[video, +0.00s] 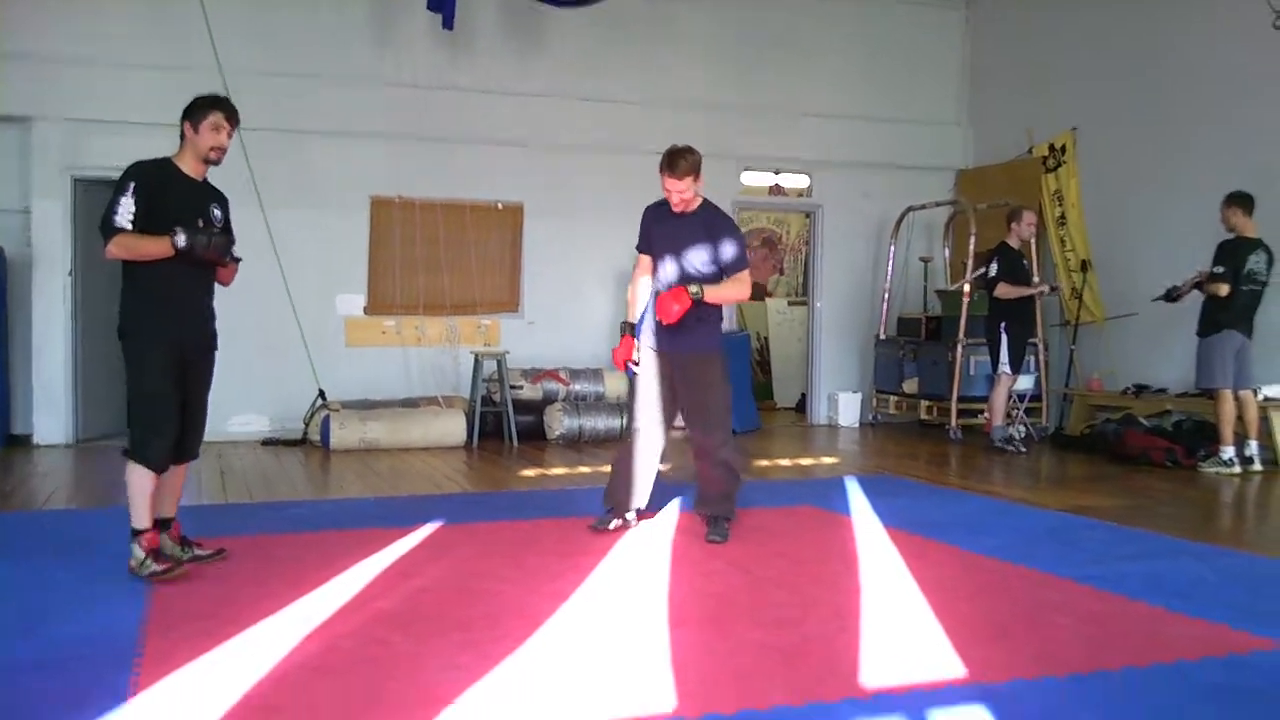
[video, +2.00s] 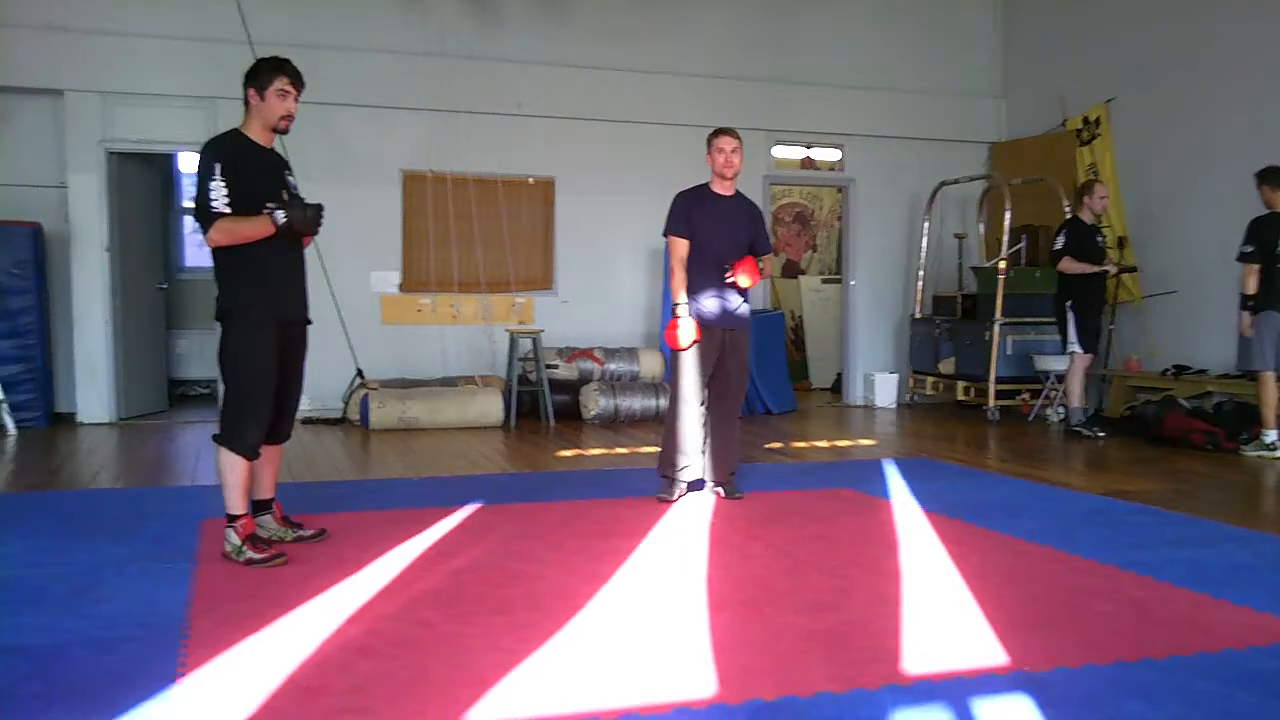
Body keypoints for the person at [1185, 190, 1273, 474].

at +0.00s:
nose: (1221, 218)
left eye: (1224, 213)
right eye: (1222, 213)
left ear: (1236, 213)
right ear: (1246, 213)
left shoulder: (1229, 247)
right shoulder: (1264, 251)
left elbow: (1221, 289)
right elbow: (1246, 288)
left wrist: (1201, 283)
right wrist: (1209, 278)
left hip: (1221, 328)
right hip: (1244, 328)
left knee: (1223, 391)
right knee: (1245, 390)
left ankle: (1226, 455)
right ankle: (1253, 453)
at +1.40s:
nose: (1249, 192)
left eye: (1252, 187)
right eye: (1250, 187)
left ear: (1265, 188)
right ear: (1273, 188)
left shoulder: (1256, 225)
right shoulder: (1275, 222)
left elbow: (1226, 263)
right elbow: (1251, 258)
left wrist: (1216, 251)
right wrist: (1226, 253)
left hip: (1254, 307)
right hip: (1276, 305)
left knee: (1253, 374)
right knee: (1274, 374)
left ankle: (1258, 440)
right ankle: (1276, 434)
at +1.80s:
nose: (1269, 197)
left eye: (1269, 192)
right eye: (1268, 191)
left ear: (1274, 193)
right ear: (1275, 192)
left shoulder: (1269, 226)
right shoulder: (1268, 226)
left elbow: (1241, 268)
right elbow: (1243, 266)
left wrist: (1219, 274)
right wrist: (1223, 273)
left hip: (1267, 311)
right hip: (1268, 310)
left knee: (1269, 376)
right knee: (1269, 376)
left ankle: (1271, 441)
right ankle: (1271, 439)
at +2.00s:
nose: (1261, 196)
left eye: (1261, 190)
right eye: (1260, 190)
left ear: (1268, 190)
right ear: (1275, 189)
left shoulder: (1262, 225)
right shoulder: (1262, 225)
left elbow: (1252, 270)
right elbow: (1252, 270)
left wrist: (1247, 308)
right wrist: (1249, 308)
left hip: (1269, 308)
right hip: (1269, 308)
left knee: (1267, 371)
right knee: (1267, 371)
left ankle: (1270, 436)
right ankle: (1270, 435)